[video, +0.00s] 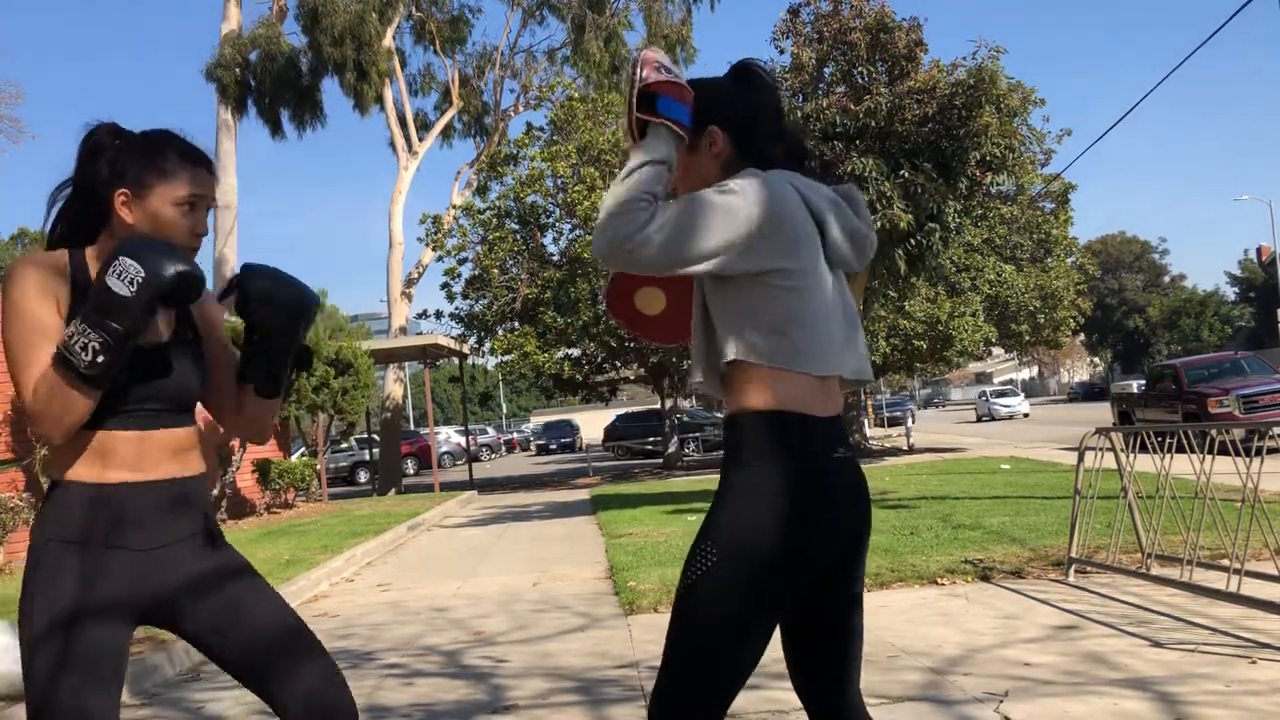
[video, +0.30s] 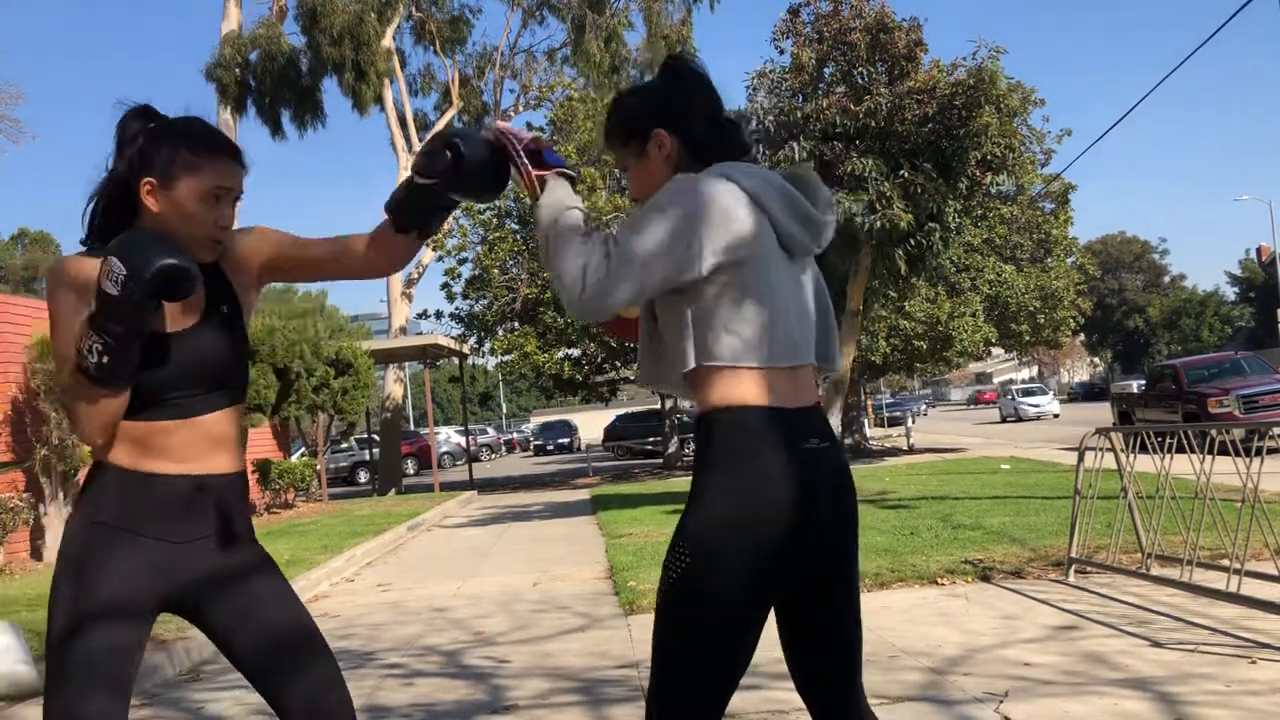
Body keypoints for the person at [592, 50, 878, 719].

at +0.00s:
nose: (677, 175)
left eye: (682, 153)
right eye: (673, 154)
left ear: (716, 144)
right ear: (758, 143)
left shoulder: (749, 200)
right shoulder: (808, 205)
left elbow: (617, 240)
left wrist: (661, 140)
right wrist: (659, 134)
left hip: (767, 482)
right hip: (833, 477)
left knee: (681, 706)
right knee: (836, 701)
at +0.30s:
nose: (627, 189)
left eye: (625, 168)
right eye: (620, 172)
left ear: (662, 146)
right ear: (678, 140)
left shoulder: (704, 197)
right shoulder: (780, 206)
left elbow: (588, 288)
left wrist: (552, 185)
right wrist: (646, 328)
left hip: (742, 473)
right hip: (820, 466)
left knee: (681, 704)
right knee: (838, 695)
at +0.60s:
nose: (663, 192)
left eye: (661, 170)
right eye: (655, 175)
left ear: (703, 147)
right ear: (709, 145)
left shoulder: (753, 202)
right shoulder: (818, 208)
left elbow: (698, 333)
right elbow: (717, 364)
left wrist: (626, 244)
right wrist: (644, 281)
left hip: (771, 478)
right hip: (840, 473)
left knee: (705, 705)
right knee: (844, 699)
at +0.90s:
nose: (677, 177)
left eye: (682, 156)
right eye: (672, 160)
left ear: (717, 145)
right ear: (757, 140)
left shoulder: (754, 197)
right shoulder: (817, 201)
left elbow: (626, 232)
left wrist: (661, 128)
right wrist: (670, 116)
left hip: (776, 482)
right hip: (839, 476)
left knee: (685, 704)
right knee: (839, 700)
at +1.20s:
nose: (641, 186)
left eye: (642, 165)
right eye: (636, 169)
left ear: (680, 141)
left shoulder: (720, 196)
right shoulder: (791, 206)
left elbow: (595, 258)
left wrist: (537, 160)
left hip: (751, 480)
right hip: (829, 475)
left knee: (688, 704)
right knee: (841, 697)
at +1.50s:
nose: (649, 180)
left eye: (652, 161)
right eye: (645, 164)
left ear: (700, 142)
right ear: (712, 137)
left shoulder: (732, 198)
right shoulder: (803, 208)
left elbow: (632, 281)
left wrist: (556, 192)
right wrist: (672, 232)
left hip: (758, 485)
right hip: (829, 479)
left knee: (676, 705)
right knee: (839, 700)